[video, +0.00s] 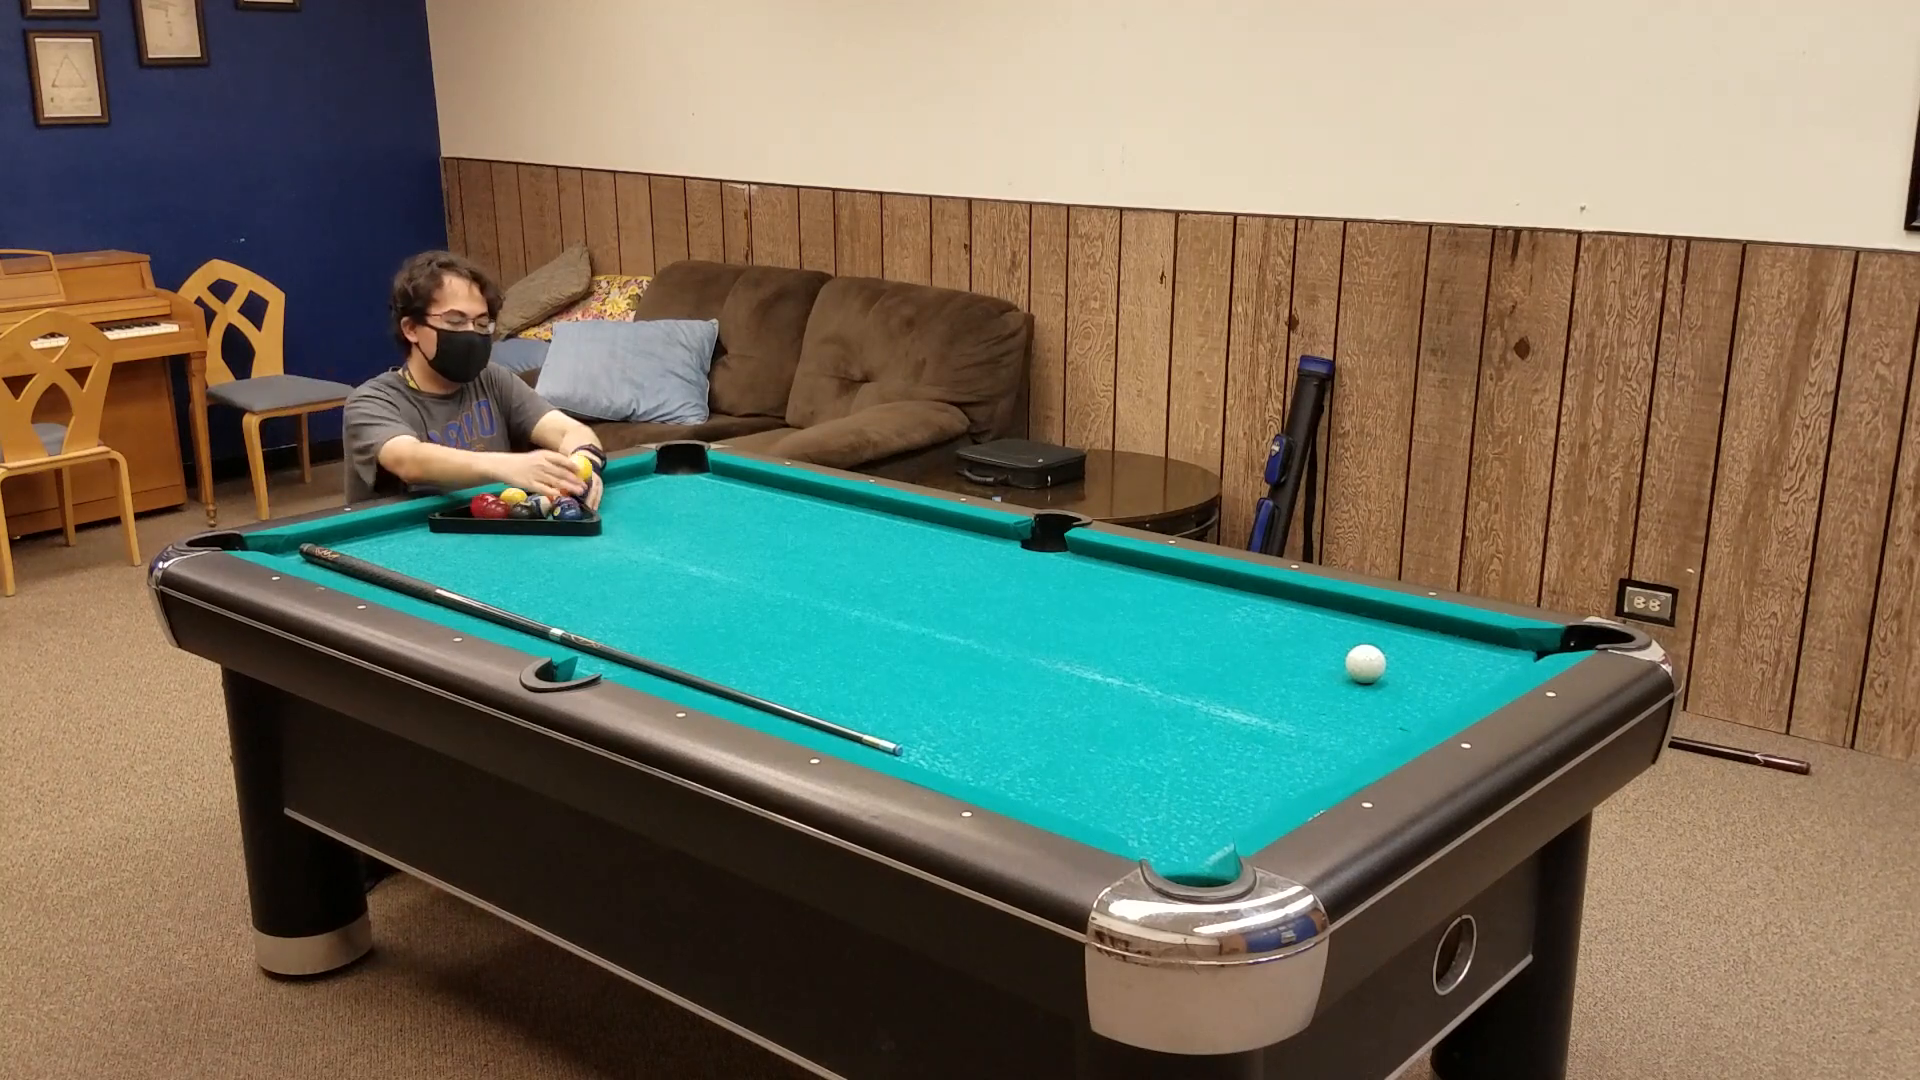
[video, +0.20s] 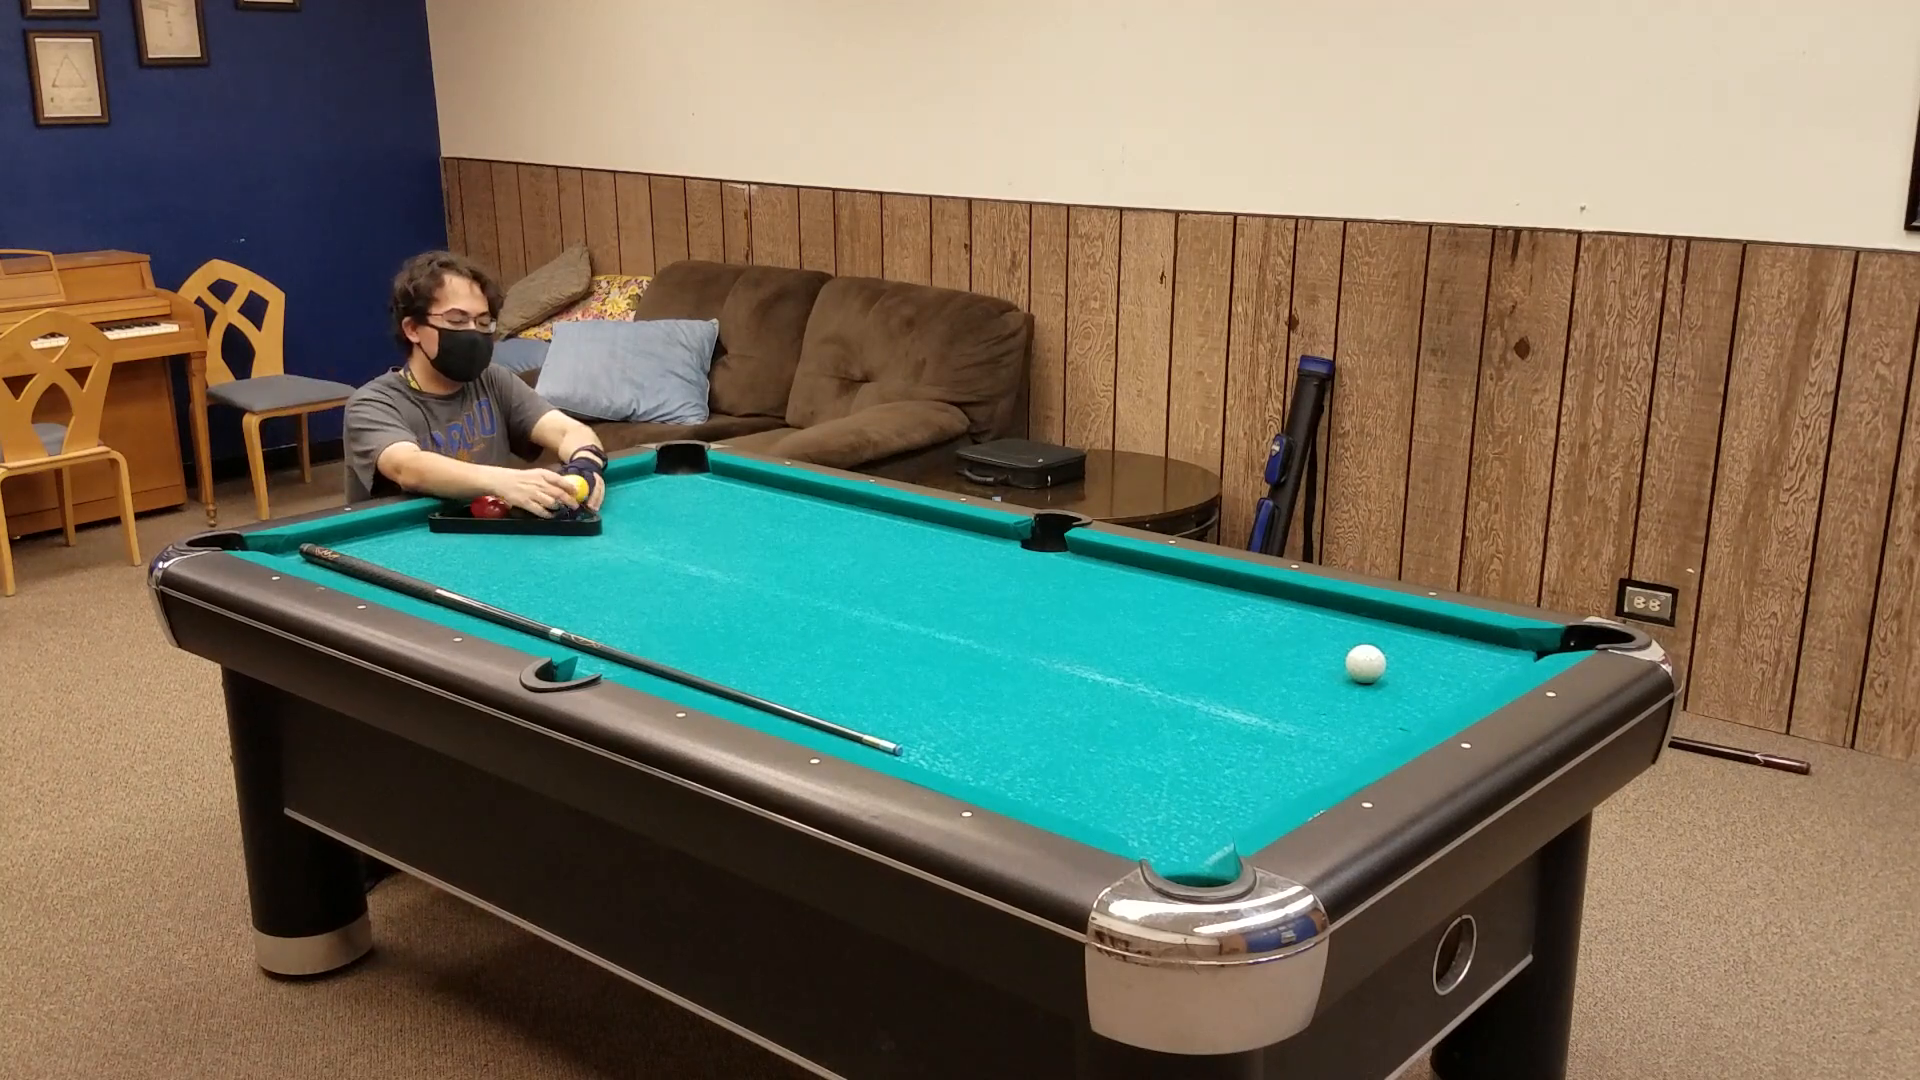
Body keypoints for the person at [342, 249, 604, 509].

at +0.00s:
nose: (472, 334)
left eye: (481, 322)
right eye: (455, 321)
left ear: (491, 323)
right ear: (411, 328)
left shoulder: (493, 381)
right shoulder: (372, 401)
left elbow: (569, 431)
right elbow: (410, 462)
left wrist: (582, 461)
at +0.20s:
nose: (475, 333)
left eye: (483, 321)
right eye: (457, 320)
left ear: (492, 323)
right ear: (413, 329)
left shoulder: (493, 381)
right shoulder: (374, 402)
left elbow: (567, 430)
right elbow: (408, 468)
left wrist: (585, 463)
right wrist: (503, 480)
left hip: (498, 553)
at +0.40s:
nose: (469, 332)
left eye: (477, 320)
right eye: (451, 320)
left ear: (487, 322)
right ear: (408, 330)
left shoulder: (490, 380)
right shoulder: (370, 404)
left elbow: (565, 430)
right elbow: (401, 469)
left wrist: (585, 458)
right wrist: (495, 482)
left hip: (498, 555)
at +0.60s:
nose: (467, 331)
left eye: (475, 319)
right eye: (450, 319)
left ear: (484, 321)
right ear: (405, 329)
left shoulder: (490, 380)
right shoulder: (368, 404)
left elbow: (566, 430)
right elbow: (395, 472)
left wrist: (585, 458)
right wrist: (489, 471)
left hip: (501, 554)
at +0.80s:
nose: (464, 334)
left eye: (472, 322)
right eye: (446, 321)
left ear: (482, 324)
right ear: (402, 330)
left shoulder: (489, 381)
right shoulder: (364, 404)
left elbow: (567, 431)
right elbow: (378, 475)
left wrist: (585, 457)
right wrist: (472, 473)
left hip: (501, 556)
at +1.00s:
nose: (459, 334)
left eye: (468, 322)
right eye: (442, 322)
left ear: (479, 324)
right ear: (399, 331)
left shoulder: (488, 381)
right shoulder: (362, 404)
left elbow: (567, 431)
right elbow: (379, 475)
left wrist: (584, 458)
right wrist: (475, 474)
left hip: (499, 558)